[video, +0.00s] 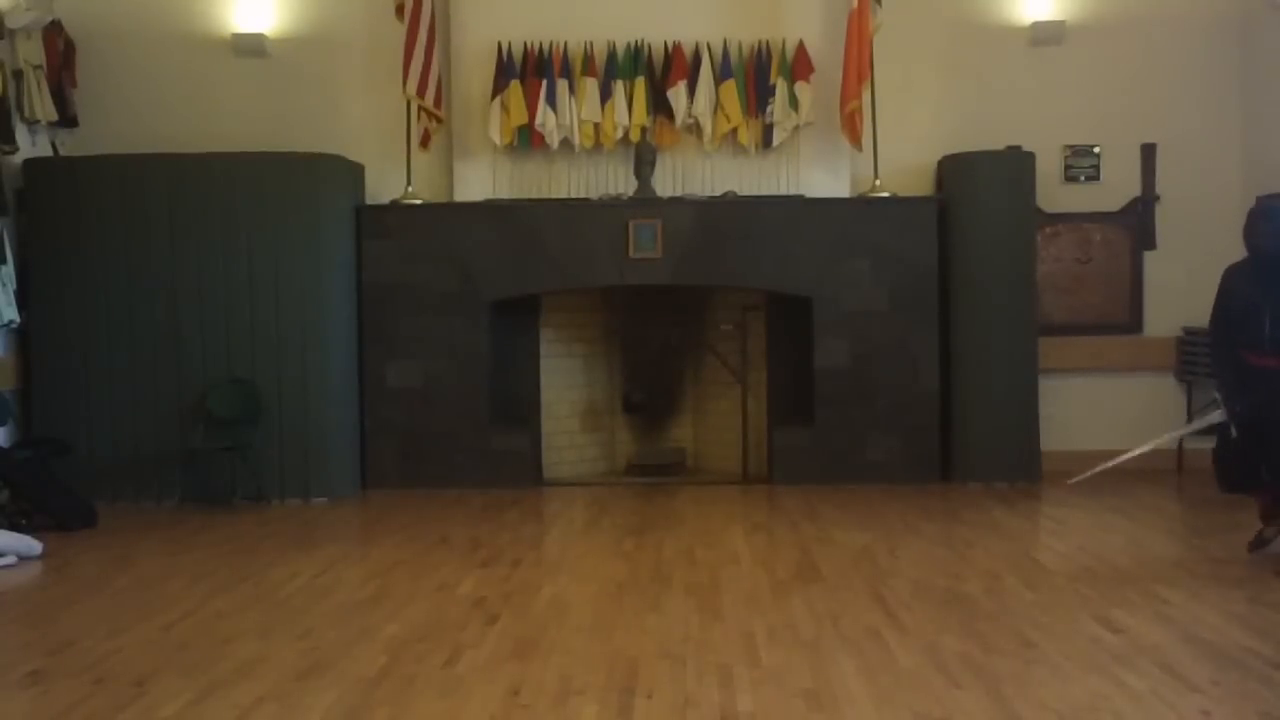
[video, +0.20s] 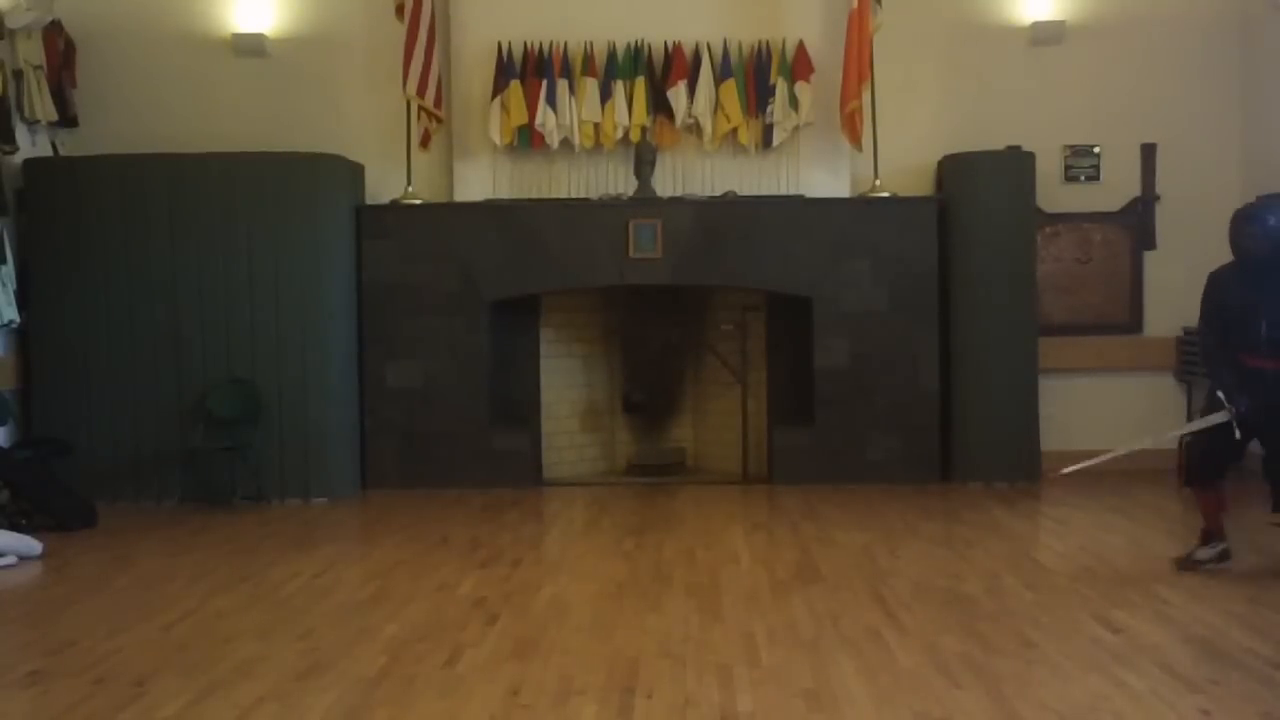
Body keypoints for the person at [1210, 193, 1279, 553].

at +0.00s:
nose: (1264, 234)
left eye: (1269, 226)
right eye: (1259, 225)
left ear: (1276, 233)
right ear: (1250, 232)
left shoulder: (1241, 278)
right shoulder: (1239, 277)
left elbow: (1221, 340)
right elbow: (1220, 339)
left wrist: (1232, 391)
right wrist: (1233, 391)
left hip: (1265, 384)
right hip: (1255, 383)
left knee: (1266, 453)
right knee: (1260, 451)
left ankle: (1270, 523)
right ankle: (1269, 523)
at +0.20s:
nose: (1251, 242)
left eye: (1259, 233)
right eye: (1247, 232)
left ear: (1271, 239)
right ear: (1236, 238)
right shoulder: (1224, 281)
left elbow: (1212, 347)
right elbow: (1212, 348)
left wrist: (1238, 396)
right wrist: (1232, 394)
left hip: (1270, 394)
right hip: (1240, 391)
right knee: (1201, 454)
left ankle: (1214, 539)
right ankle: (1214, 539)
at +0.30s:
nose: (1239, 248)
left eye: (1245, 239)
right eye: (1232, 238)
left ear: (1260, 241)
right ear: (1224, 243)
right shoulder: (1213, 286)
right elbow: (1201, 349)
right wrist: (1224, 394)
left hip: (1268, 398)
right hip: (1231, 393)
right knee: (1191, 465)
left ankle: (1172, 547)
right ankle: (1172, 547)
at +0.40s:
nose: (1222, 252)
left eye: (1228, 243)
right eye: (1214, 244)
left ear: (1248, 243)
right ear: (1205, 249)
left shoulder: (1270, 282)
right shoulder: (1195, 291)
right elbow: (1188, 360)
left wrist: (1253, 405)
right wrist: (1215, 401)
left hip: (1266, 396)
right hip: (1214, 394)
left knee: (1274, 479)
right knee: (1182, 466)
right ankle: (1145, 546)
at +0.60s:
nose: (1171, 257)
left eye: (1179, 247)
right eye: (1164, 248)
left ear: (1199, 247)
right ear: (1155, 253)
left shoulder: (1236, 290)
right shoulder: (1151, 298)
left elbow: (1269, 342)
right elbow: (1144, 366)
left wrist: (1239, 396)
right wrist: (1179, 401)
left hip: (1229, 398)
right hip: (1170, 398)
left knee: (1262, 486)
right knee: (1139, 473)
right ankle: (1130, 564)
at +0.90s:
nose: (1124, 249)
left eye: (1131, 239)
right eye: (1115, 241)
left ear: (1147, 239)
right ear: (1103, 246)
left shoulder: (1179, 274)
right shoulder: (1093, 294)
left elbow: (1237, 306)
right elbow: (1096, 361)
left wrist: (1203, 367)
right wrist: (1147, 390)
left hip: (1180, 391)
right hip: (1121, 394)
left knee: (1204, 478)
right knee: (1108, 486)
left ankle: (1215, 547)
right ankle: (1128, 566)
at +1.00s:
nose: (1116, 250)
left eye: (1123, 240)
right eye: (1107, 242)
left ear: (1140, 239)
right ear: (1095, 246)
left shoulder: (1171, 274)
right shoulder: (1083, 293)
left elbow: (1228, 300)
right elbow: (1086, 362)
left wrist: (1193, 365)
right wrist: (1142, 389)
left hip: (1168, 398)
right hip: (1109, 401)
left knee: (1180, 487)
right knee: (1105, 490)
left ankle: (1174, 569)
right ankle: (1127, 566)